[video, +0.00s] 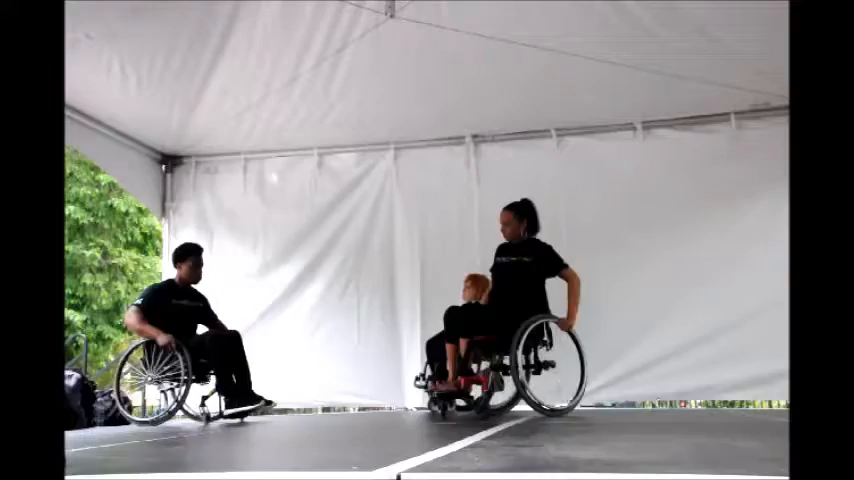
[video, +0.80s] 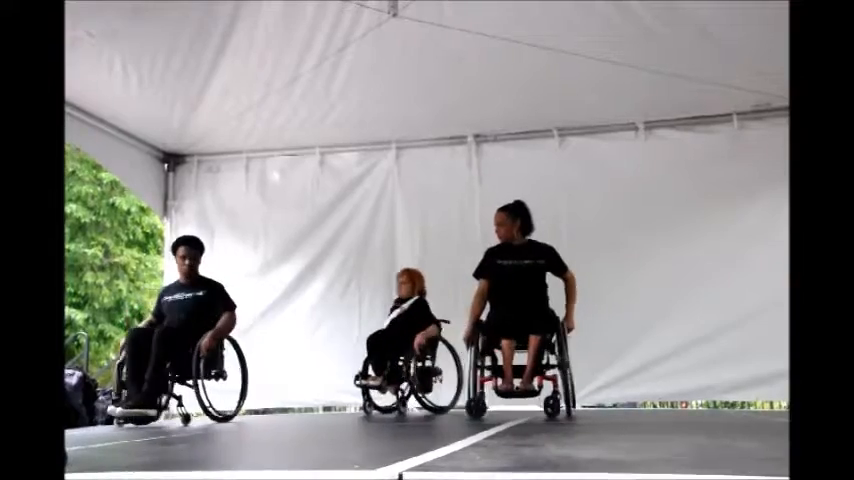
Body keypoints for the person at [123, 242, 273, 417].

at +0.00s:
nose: (200, 270)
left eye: (201, 265)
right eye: (195, 265)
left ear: (200, 266)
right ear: (179, 266)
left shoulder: (198, 300)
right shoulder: (158, 292)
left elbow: (219, 329)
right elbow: (131, 319)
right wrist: (158, 335)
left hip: (187, 356)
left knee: (232, 338)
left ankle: (245, 395)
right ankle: (231, 398)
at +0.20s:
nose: (203, 270)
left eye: (205, 265)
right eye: (198, 265)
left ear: (207, 265)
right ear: (184, 264)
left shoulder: (209, 297)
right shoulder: (160, 293)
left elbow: (232, 325)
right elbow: (131, 317)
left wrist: (247, 348)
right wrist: (141, 333)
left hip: (199, 356)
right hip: (166, 360)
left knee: (231, 338)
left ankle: (238, 400)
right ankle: (218, 402)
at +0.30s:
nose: (204, 270)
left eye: (206, 265)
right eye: (199, 265)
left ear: (208, 265)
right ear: (184, 263)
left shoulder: (212, 295)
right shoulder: (162, 293)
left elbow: (235, 322)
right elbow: (134, 318)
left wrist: (245, 343)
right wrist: (139, 334)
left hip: (205, 351)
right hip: (172, 353)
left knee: (224, 336)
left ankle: (225, 399)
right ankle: (205, 398)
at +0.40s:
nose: (203, 268)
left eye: (205, 263)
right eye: (198, 263)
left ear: (208, 264)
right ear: (184, 262)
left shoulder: (216, 294)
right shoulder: (164, 293)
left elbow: (239, 322)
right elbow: (140, 317)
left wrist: (243, 341)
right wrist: (140, 333)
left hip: (207, 355)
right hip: (176, 356)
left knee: (216, 340)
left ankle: (211, 400)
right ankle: (190, 399)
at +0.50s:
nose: (200, 266)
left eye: (203, 262)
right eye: (195, 261)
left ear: (206, 262)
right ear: (182, 261)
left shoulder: (217, 292)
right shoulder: (166, 292)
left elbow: (241, 321)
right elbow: (148, 318)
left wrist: (236, 338)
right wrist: (138, 338)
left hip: (208, 352)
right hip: (177, 352)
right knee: (158, 336)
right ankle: (165, 399)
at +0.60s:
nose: (197, 265)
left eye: (200, 260)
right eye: (192, 260)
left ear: (204, 261)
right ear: (180, 260)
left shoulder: (217, 291)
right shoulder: (166, 293)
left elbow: (239, 321)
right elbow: (149, 321)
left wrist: (229, 339)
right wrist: (135, 339)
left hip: (208, 354)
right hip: (177, 353)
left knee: (186, 333)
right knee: (151, 334)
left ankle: (171, 399)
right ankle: (155, 400)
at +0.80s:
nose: (188, 263)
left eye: (193, 258)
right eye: (184, 258)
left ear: (200, 260)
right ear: (175, 259)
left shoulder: (212, 288)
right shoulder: (167, 292)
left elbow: (229, 317)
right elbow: (155, 320)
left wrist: (213, 336)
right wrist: (133, 337)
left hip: (201, 353)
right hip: (172, 351)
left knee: (164, 335)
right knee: (137, 335)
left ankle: (149, 400)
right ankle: (133, 399)